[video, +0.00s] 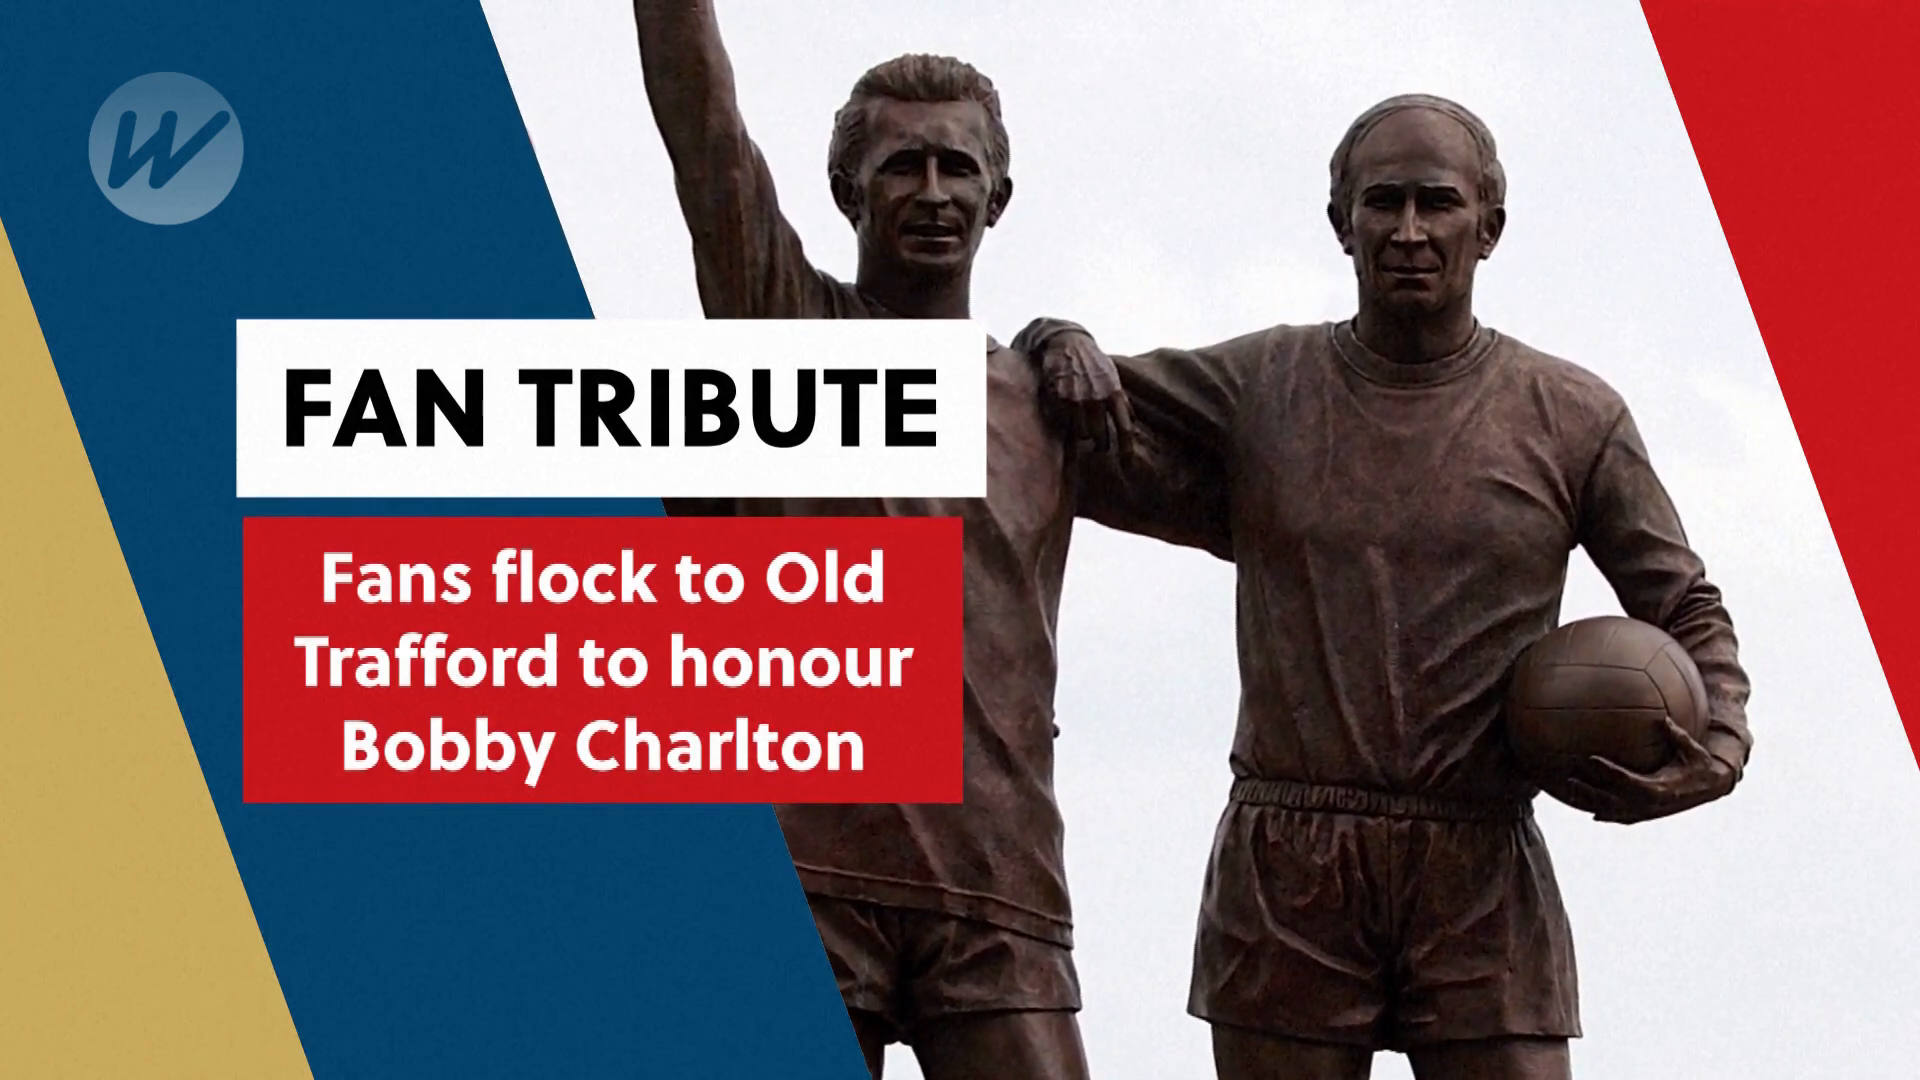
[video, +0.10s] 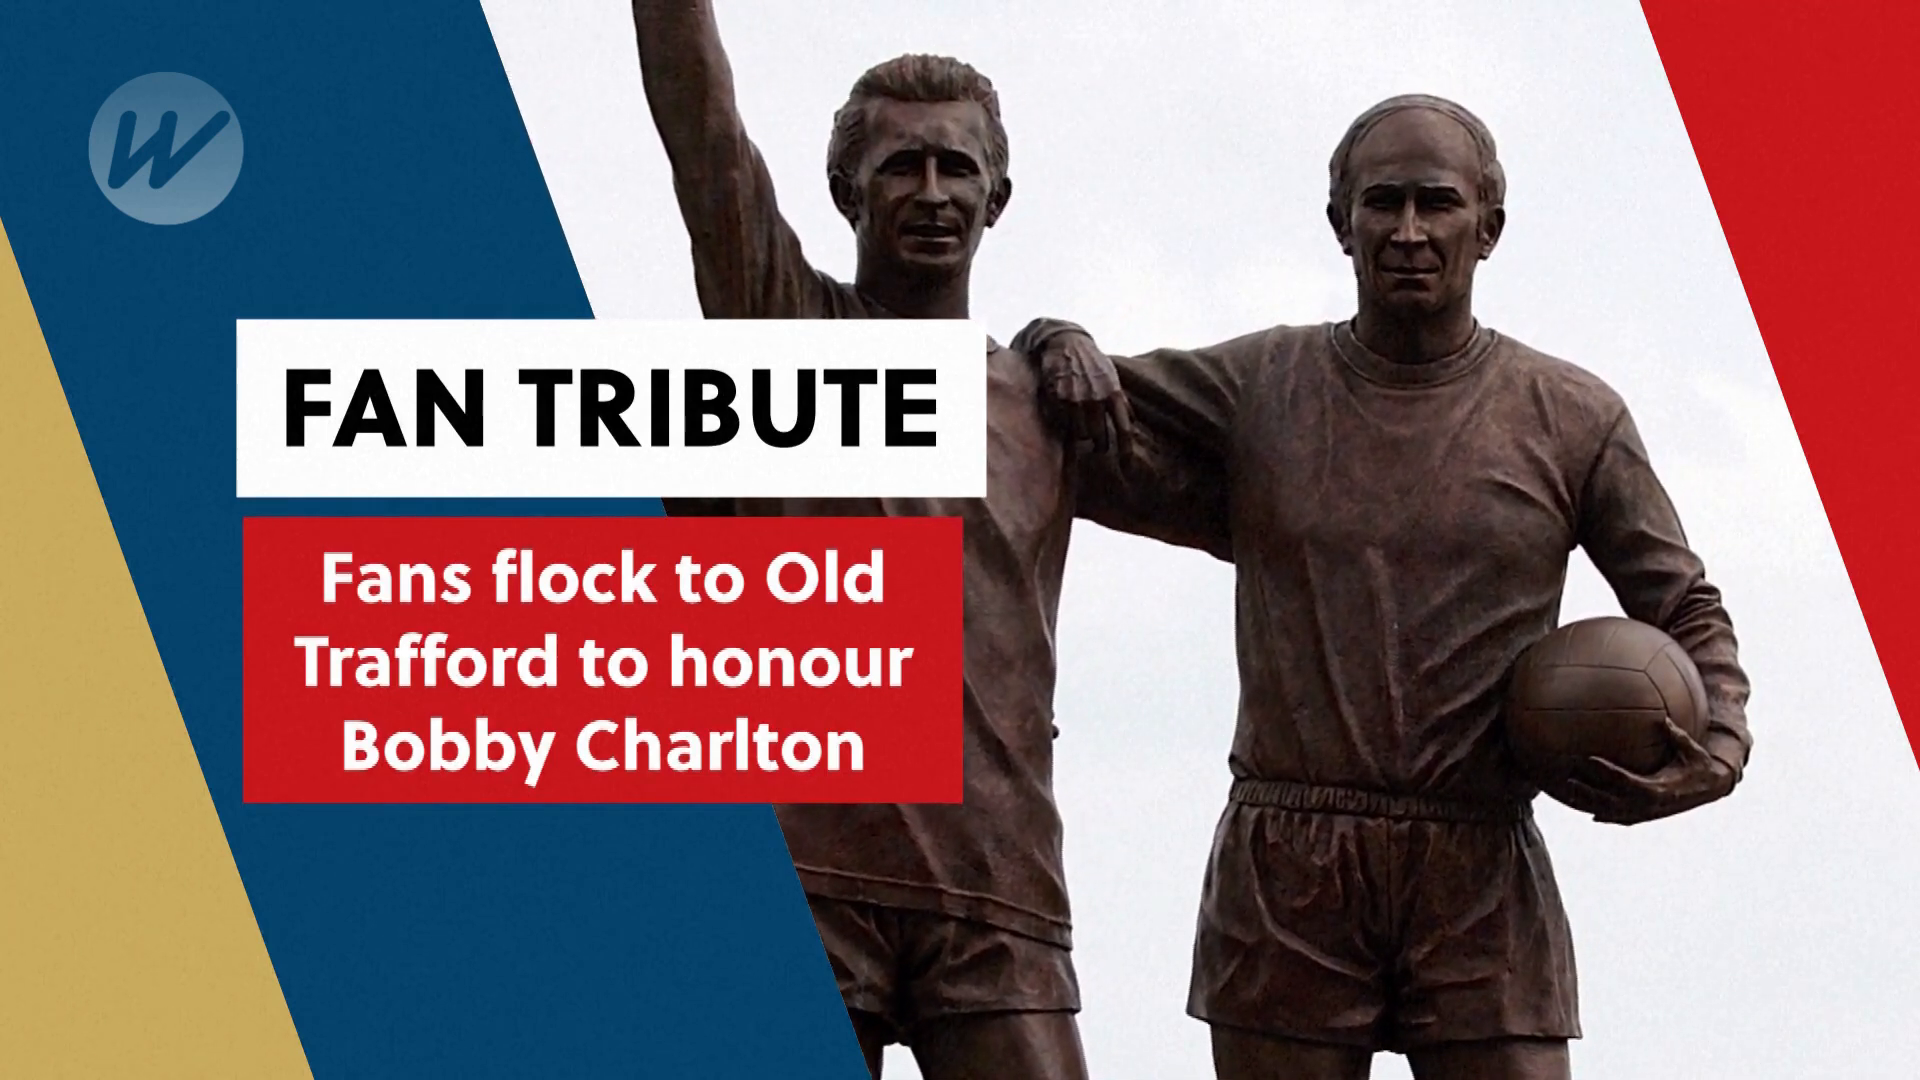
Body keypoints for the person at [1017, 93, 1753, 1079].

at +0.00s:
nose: (1408, 228)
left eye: (1437, 200)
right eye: (1381, 202)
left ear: (1491, 225)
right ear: (1341, 223)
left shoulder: (1573, 414)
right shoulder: (1260, 381)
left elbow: (1684, 608)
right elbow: (1087, 412)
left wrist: (1721, 743)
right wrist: (1055, 342)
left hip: (1480, 878)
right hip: (1284, 870)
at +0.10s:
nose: (1407, 228)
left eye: (1437, 200)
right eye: (1381, 202)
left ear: (1491, 225)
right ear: (1340, 224)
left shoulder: (1573, 414)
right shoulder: (1259, 382)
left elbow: (1684, 609)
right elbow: (1088, 411)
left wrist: (1720, 746)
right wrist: (1054, 342)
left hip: (1480, 879)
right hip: (1283, 871)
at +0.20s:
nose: (1407, 229)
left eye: (1436, 201)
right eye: (1380, 203)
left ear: (1490, 225)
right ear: (1339, 224)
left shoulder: (1572, 415)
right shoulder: (1258, 382)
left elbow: (1683, 609)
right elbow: (1086, 419)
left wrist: (1720, 746)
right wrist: (1053, 344)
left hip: (1480, 882)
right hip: (1282, 875)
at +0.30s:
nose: (1407, 229)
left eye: (1436, 201)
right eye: (1380, 203)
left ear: (1489, 226)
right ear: (1339, 224)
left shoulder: (1571, 415)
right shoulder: (1258, 383)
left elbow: (1682, 609)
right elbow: (1083, 413)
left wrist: (1719, 747)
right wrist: (1052, 344)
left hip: (1479, 882)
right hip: (1281, 876)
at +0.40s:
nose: (1406, 230)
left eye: (1435, 201)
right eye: (1379, 203)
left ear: (1488, 226)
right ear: (1339, 225)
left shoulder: (1571, 415)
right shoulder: (1258, 383)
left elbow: (1682, 609)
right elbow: (1083, 409)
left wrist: (1719, 745)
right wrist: (1052, 343)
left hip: (1480, 883)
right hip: (1281, 877)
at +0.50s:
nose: (1406, 230)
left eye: (1435, 202)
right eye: (1379, 203)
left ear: (1488, 225)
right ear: (1338, 225)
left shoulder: (1571, 416)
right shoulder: (1257, 383)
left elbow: (1682, 610)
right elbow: (1084, 412)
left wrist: (1719, 746)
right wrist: (1052, 346)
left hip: (1479, 883)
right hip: (1281, 877)